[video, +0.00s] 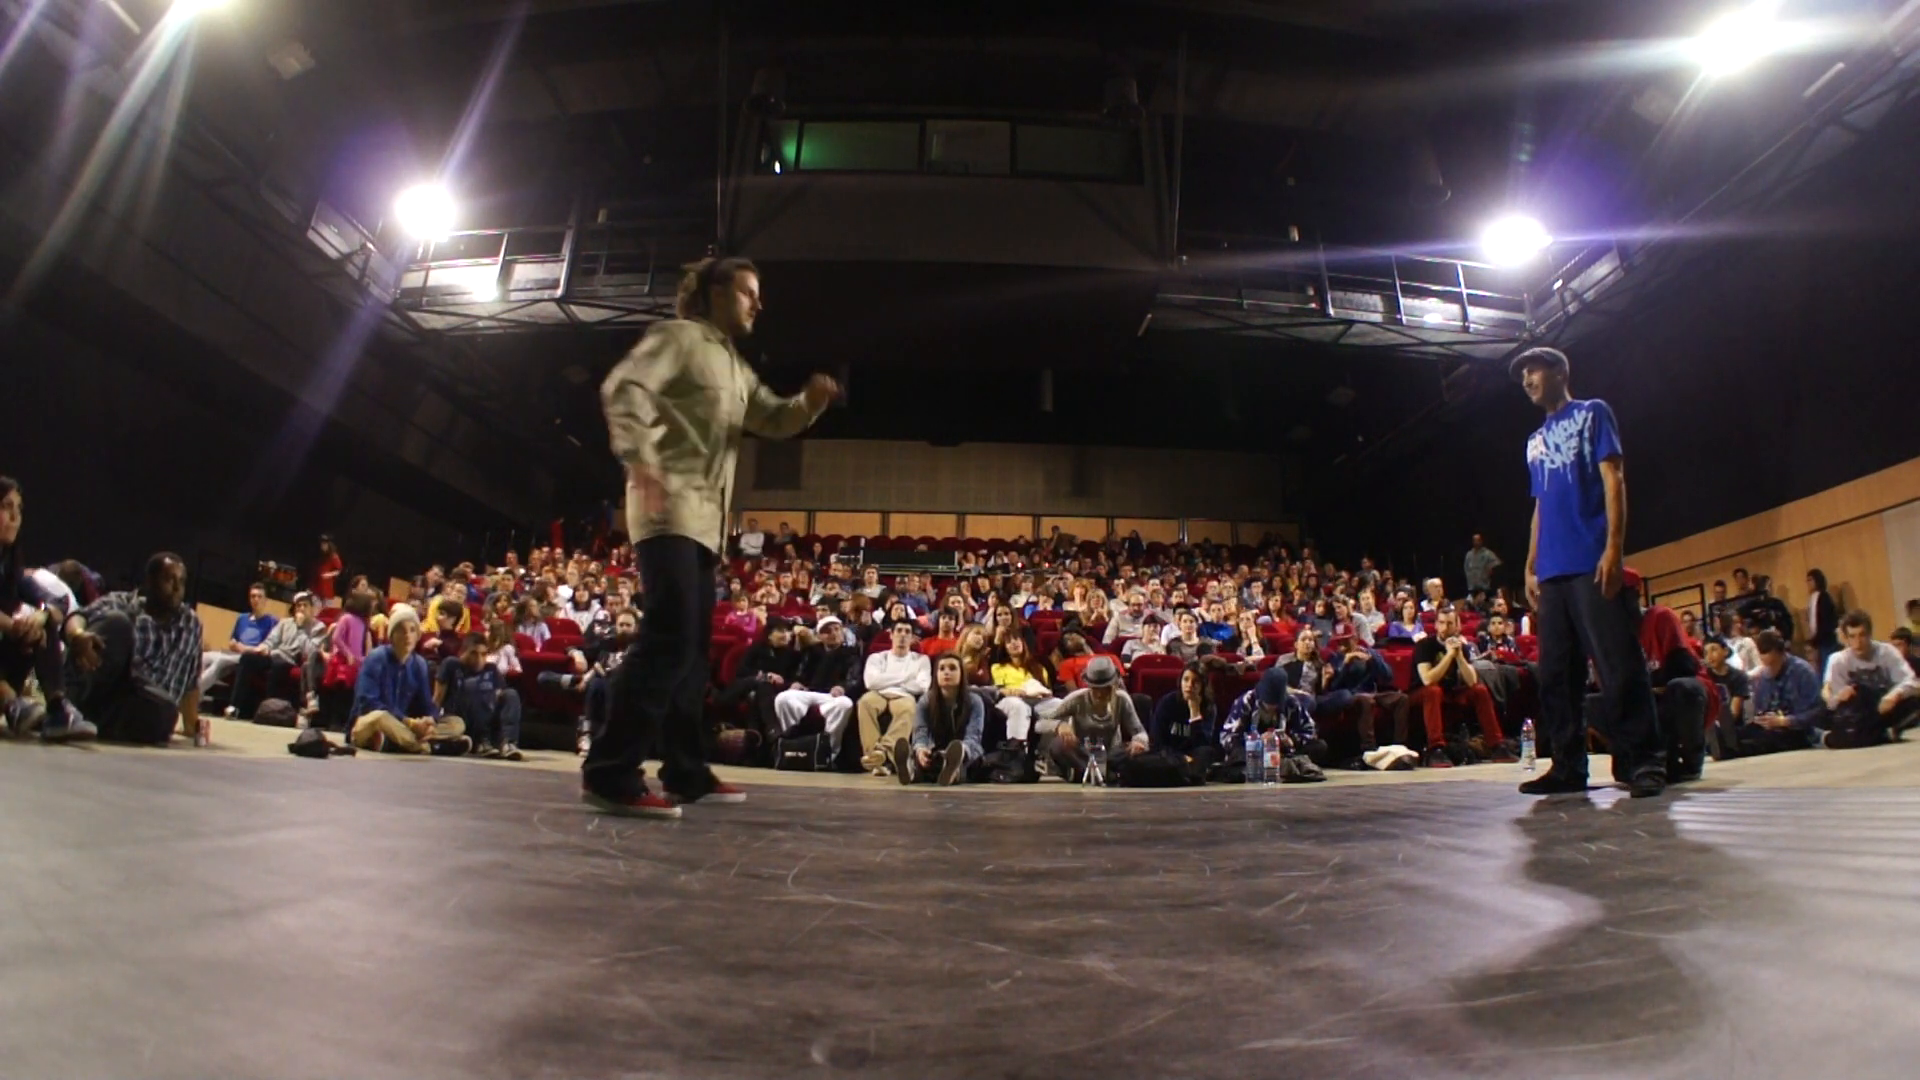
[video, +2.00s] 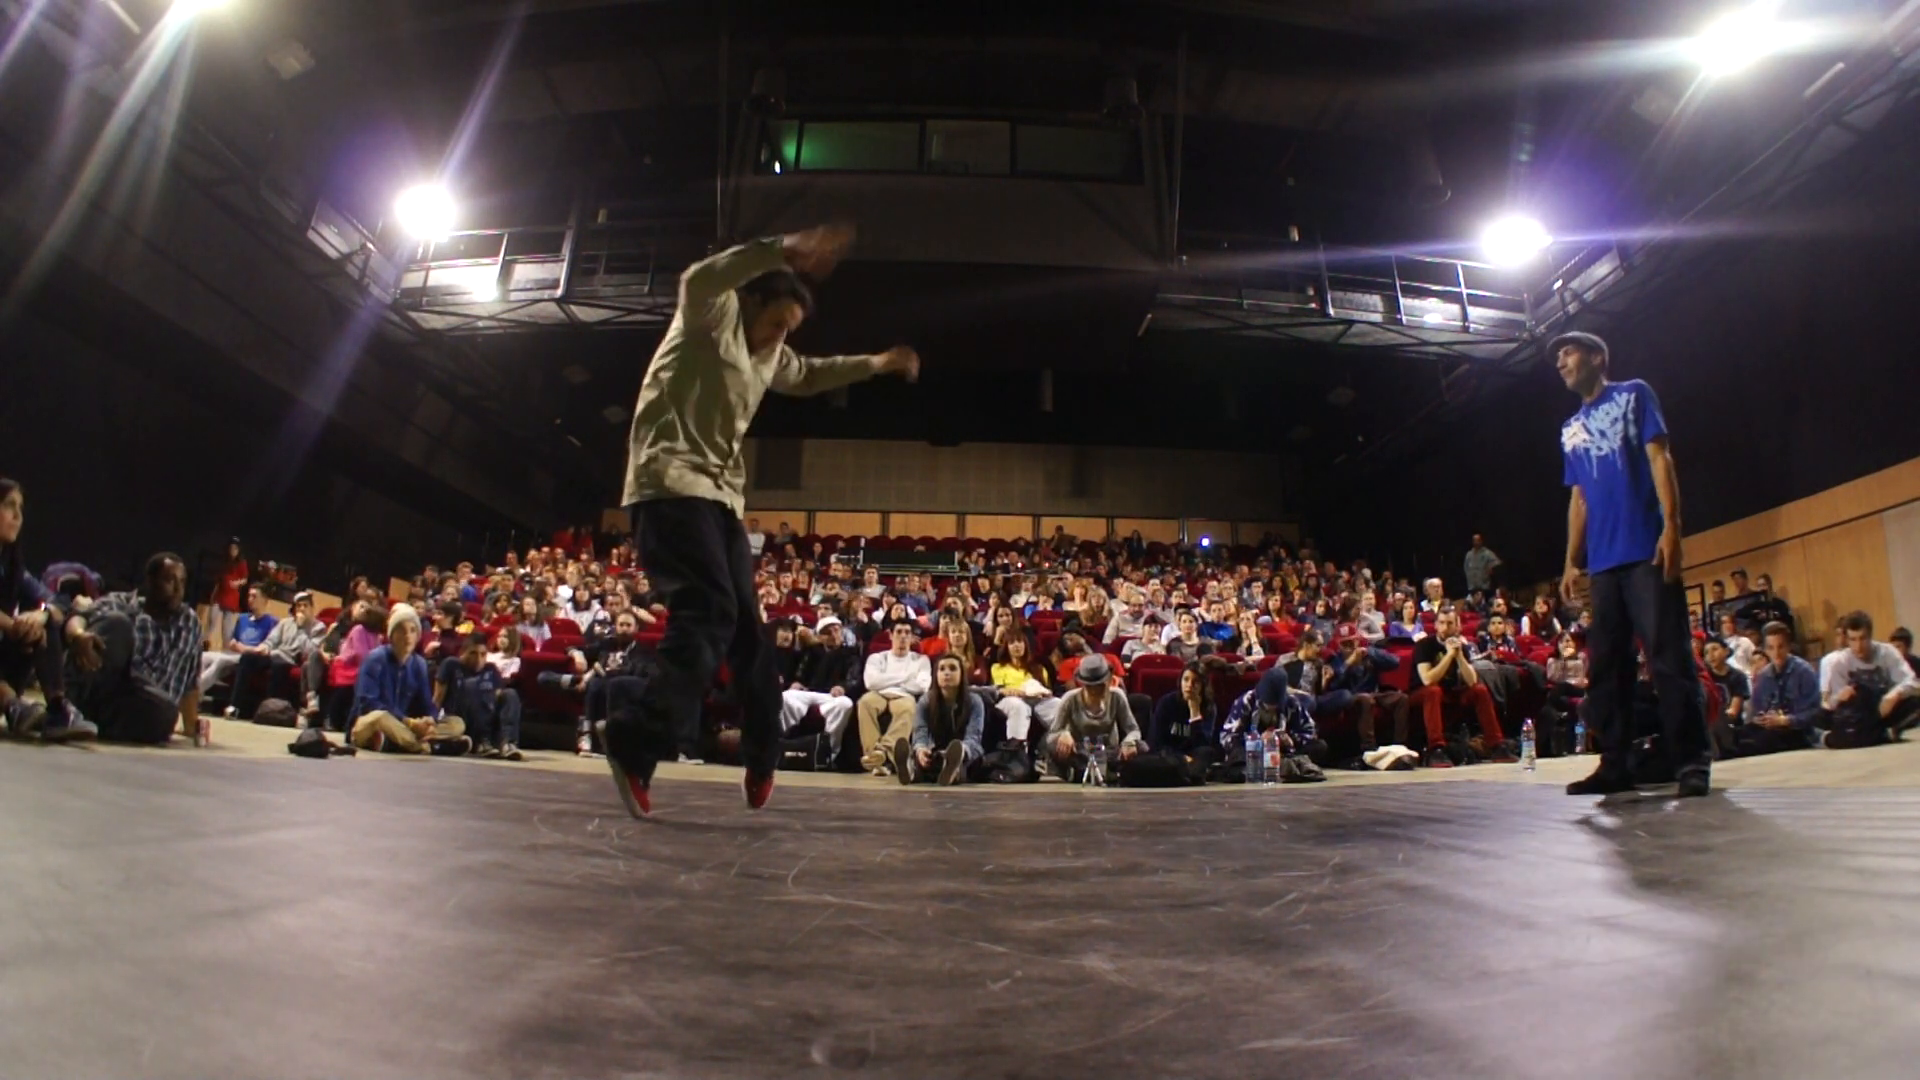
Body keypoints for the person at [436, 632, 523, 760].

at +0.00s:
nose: (479, 659)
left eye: (483, 654)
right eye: (474, 654)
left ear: (487, 654)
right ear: (464, 653)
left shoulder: (491, 669)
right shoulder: (450, 664)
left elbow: (499, 694)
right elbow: (438, 697)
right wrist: (429, 721)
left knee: (511, 695)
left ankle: (508, 743)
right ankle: (483, 742)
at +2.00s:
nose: (478, 659)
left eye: (483, 654)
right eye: (473, 654)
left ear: (486, 655)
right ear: (464, 653)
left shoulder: (490, 669)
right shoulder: (450, 665)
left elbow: (497, 695)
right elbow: (438, 698)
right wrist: (429, 722)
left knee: (510, 694)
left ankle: (508, 743)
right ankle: (483, 742)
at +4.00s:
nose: (478, 658)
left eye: (483, 654)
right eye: (473, 653)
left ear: (486, 654)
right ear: (464, 653)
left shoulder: (491, 669)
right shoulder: (450, 665)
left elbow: (497, 694)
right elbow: (438, 697)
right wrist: (430, 720)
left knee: (511, 695)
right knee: (471, 688)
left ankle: (508, 743)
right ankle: (483, 741)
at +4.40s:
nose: (478, 658)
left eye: (482, 654)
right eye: (473, 653)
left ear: (486, 655)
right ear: (463, 653)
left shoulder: (491, 670)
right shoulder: (451, 665)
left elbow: (496, 698)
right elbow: (437, 700)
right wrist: (426, 726)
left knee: (511, 694)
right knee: (472, 688)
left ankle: (508, 743)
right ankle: (483, 742)